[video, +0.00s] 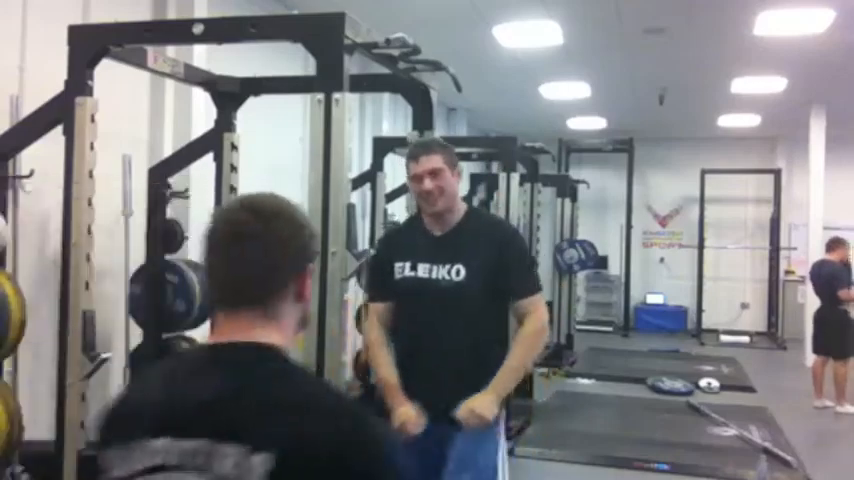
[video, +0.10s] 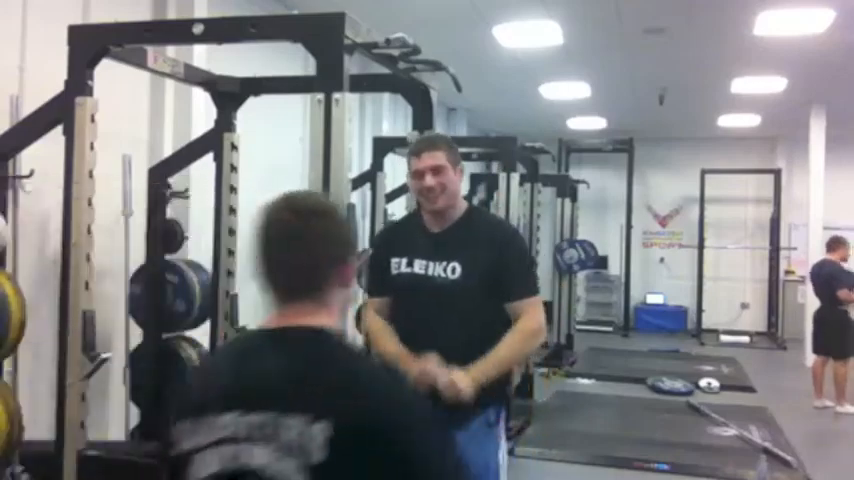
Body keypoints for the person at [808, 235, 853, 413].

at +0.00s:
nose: (846, 255)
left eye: (846, 251)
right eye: (845, 251)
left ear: (829, 249)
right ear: (838, 249)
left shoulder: (816, 266)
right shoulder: (838, 268)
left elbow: (821, 291)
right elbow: (842, 294)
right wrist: (853, 294)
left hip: (822, 311)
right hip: (839, 314)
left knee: (821, 357)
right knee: (841, 361)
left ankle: (818, 398)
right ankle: (841, 401)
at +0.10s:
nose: (848, 255)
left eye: (847, 251)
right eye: (846, 251)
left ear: (829, 248)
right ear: (839, 249)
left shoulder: (816, 267)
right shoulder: (837, 269)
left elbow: (820, 293)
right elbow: (842, 295)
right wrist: (853, 296)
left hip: (822, 312)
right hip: (839, 314)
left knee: (821, 357)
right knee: (841, 361)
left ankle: (818, 398)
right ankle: (841, 402)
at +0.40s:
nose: (848, 253)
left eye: (848, 249)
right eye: (847, 249)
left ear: (830, 248)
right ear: (840, 249)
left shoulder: (816, 268)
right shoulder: (839, 270)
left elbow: (812, 291)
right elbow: (843, 294)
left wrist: (829, 296)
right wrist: (853, 297)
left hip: (822, 316)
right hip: (840, 318)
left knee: (821, 357)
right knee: (841, 361)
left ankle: (818, 398)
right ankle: (841, 402)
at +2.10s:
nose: (853, 255)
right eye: (853, 251)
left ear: (846, 251)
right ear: (851, 251)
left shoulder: (836, 270)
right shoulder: (846, 271)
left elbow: (834, 302)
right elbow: (837, 301)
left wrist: (841, 313)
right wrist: (844, 314)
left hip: (840, 318)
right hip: (848, 319)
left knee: (849, 357)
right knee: (849, 360)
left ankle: (839, 385)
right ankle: (847, 403)